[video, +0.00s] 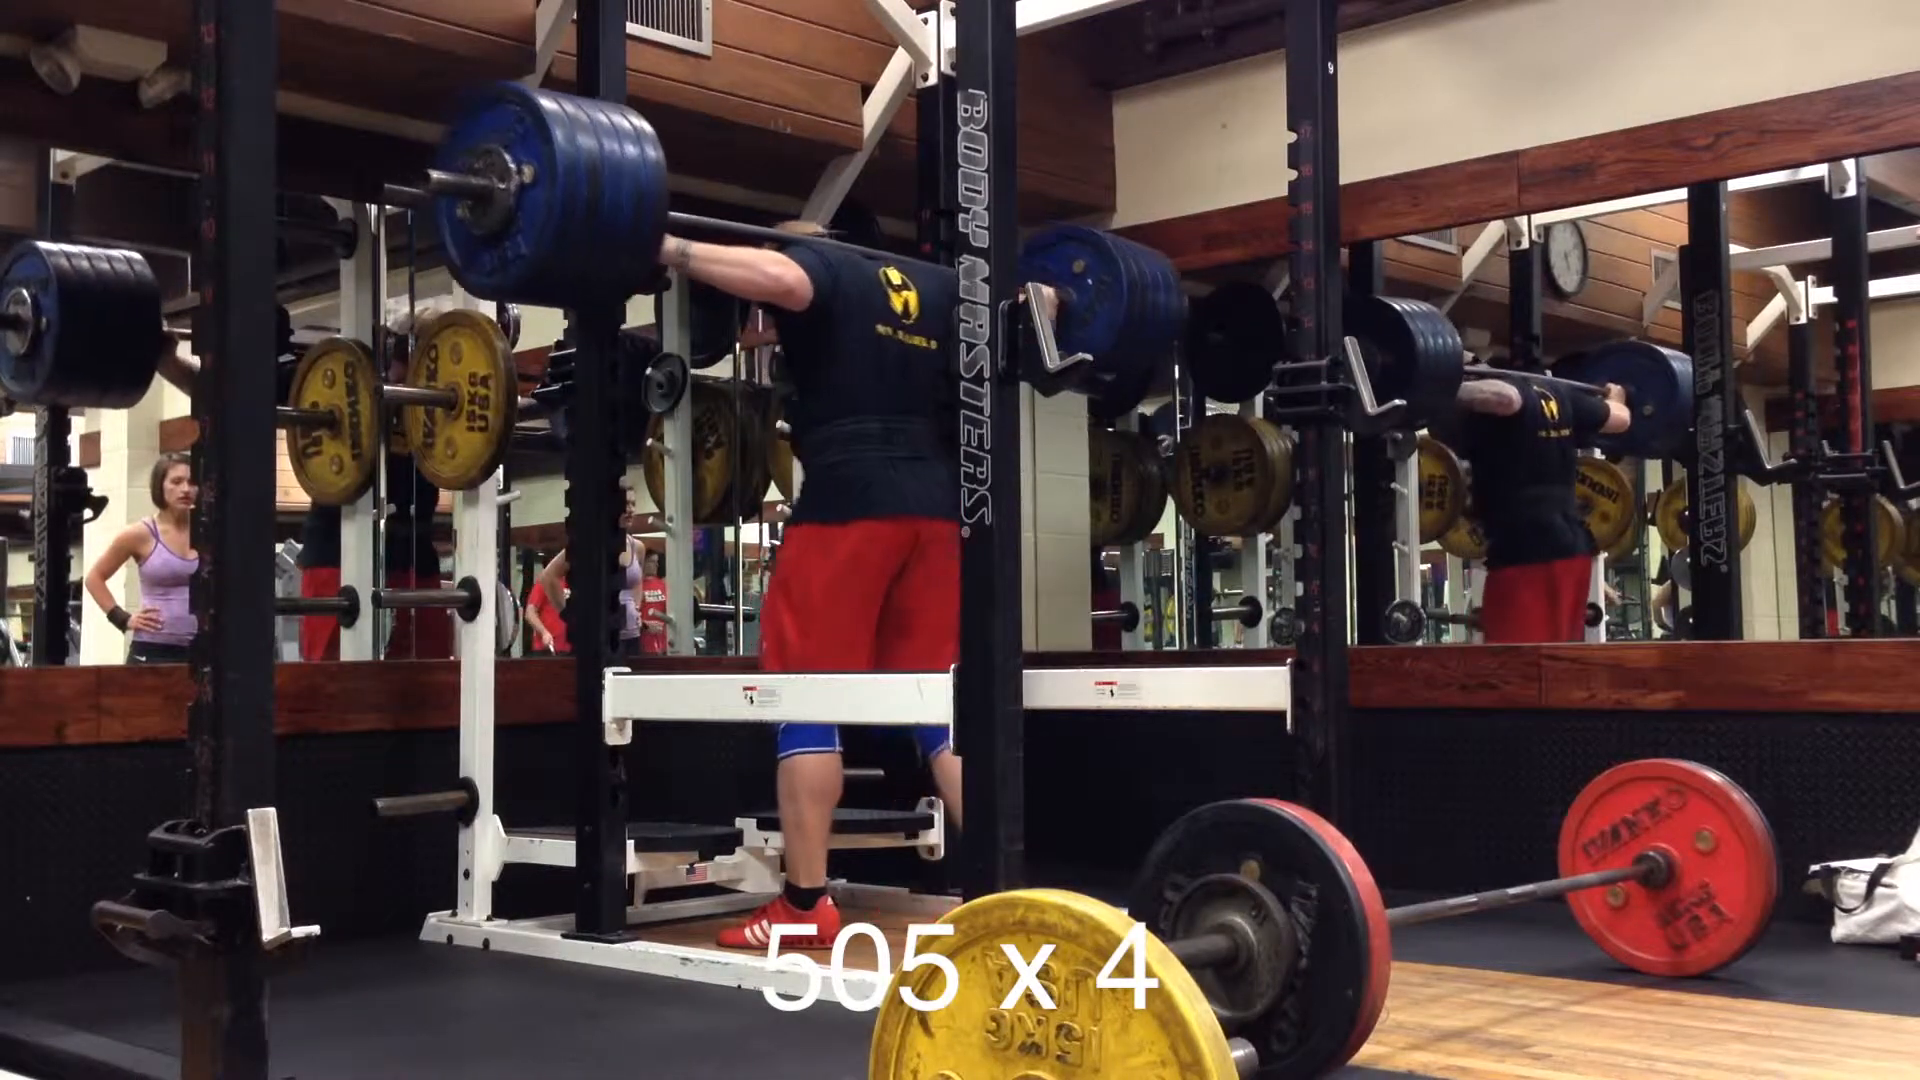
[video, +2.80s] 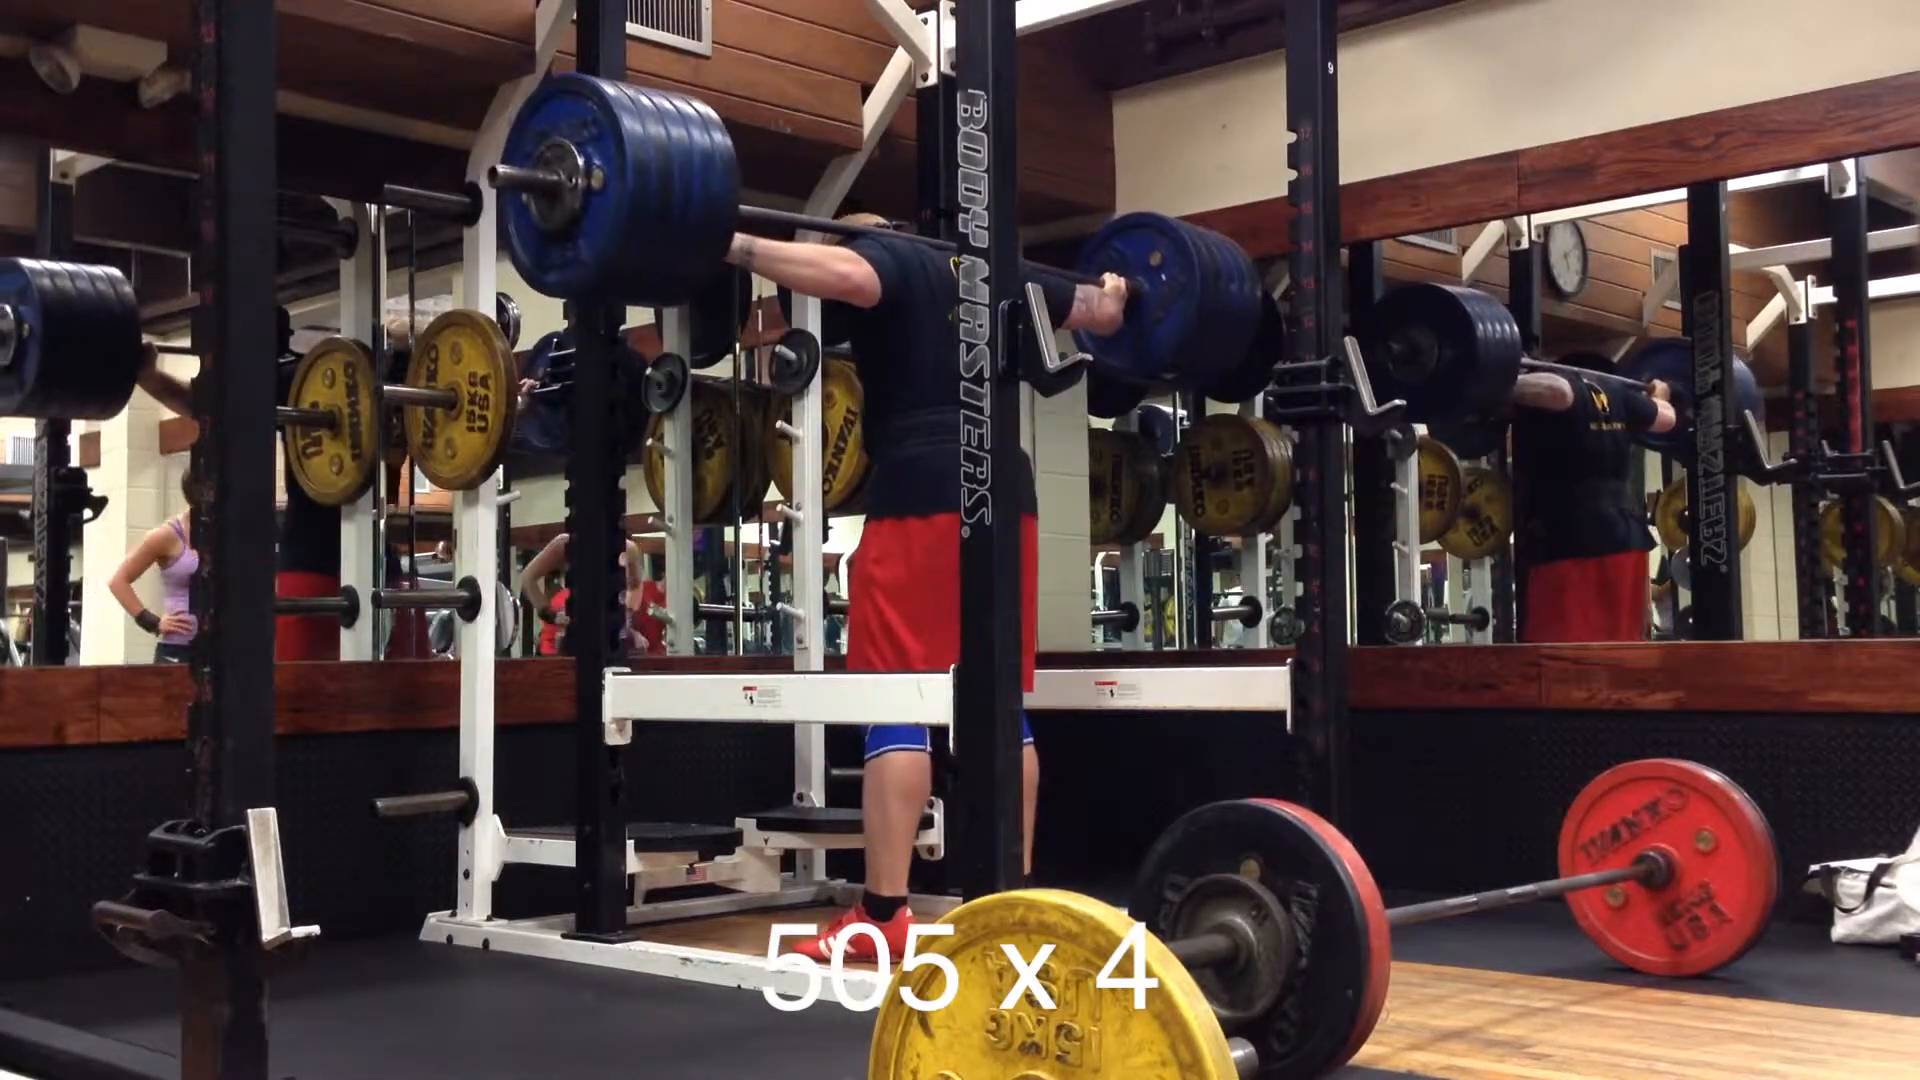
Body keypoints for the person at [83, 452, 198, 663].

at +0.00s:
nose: (186, 489)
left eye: (192, 482)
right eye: (177, 482)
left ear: (200, 488)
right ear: (160, 487)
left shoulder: (204, 530)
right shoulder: (140, 534)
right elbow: (94, 579)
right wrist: (123, 619)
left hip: (199, 648)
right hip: (153, 647)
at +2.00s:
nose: (186, 489)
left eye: (191, 482)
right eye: (176, 482)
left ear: (199, 487)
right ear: (159, 487)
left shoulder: (204, 529)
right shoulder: (141, 534)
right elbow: (93, 579)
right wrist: (123, 619)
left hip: (199, 648)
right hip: (153, 648)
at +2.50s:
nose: (203, 491)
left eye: (200, 485)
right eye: (197, 485)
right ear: (181, 491)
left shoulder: (205, 531)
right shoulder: (144, 534)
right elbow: (97, 580)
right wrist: (128, 620)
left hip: (201, 648)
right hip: (157, 649)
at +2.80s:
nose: (215, 496)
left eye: (218, 487)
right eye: (210, 488)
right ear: (196, 492)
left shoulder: (226, 532)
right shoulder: (167, 536)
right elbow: (118, 582)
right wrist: (155, 624)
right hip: (180, 651)